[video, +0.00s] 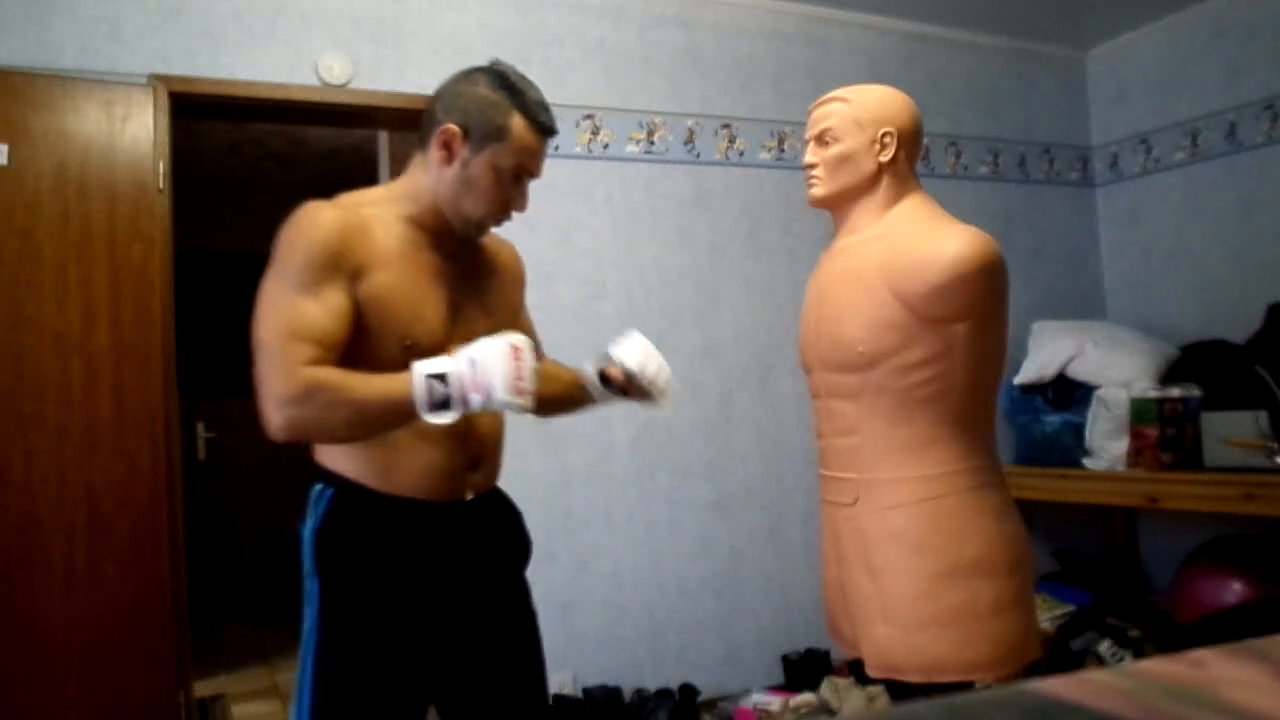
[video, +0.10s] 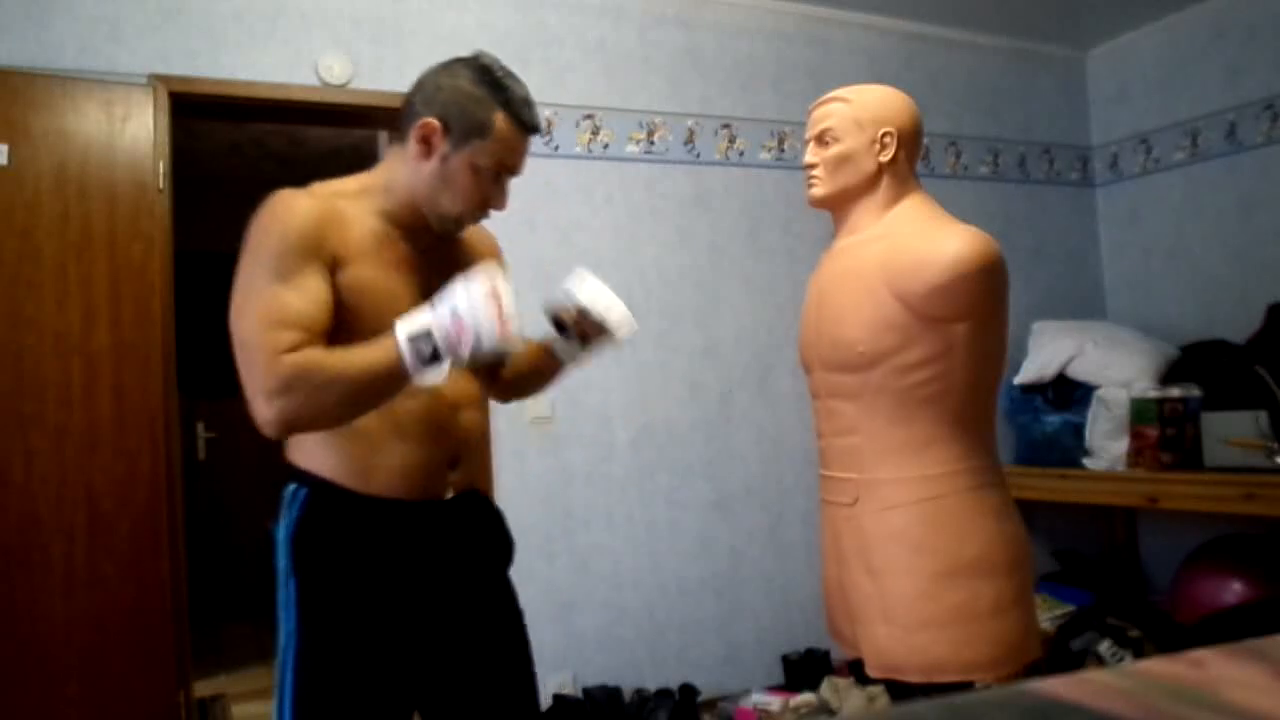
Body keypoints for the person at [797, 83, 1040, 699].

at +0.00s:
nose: (807, 157)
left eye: (825, 140)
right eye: (808, 142)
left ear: (883, 148)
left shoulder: (949, 258)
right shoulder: (836, 260)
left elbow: (965, 426)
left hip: (934, 542)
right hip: (855, 540)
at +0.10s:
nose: (807, 157)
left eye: (825, 140)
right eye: (808, 142)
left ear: (884, 148)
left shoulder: (949, 258)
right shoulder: (837, 260)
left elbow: (965, 427)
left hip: (935, 543)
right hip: (856, 541)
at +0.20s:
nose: (807, 157)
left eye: (825, 140)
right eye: (808, 142)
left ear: (884, 148)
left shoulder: (948, 258)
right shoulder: (837, 260)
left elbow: (964, 429)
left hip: (935, 544)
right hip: (856, 543)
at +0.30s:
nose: (807, 157)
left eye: (825, 140)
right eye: (808, 142)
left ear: (884, 148)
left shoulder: (949, 259)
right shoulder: (837, 259)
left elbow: (965, 429)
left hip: (934, 544)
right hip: (856, 543)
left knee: (959, 709)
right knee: (879, 702)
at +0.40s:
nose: (807, 157)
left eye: (825, 140)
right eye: (808, 142)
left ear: (884, 148)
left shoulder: (949, 258)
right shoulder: (836, 261)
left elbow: (965, 430)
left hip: (934, 547)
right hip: (856, 546)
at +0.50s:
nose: (807, 157)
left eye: (825, 140)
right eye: (808, 142)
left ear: (884, 148)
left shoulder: (949, 258)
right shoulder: (836, 261)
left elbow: (965, 431)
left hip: (934, 545)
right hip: (856, 544)